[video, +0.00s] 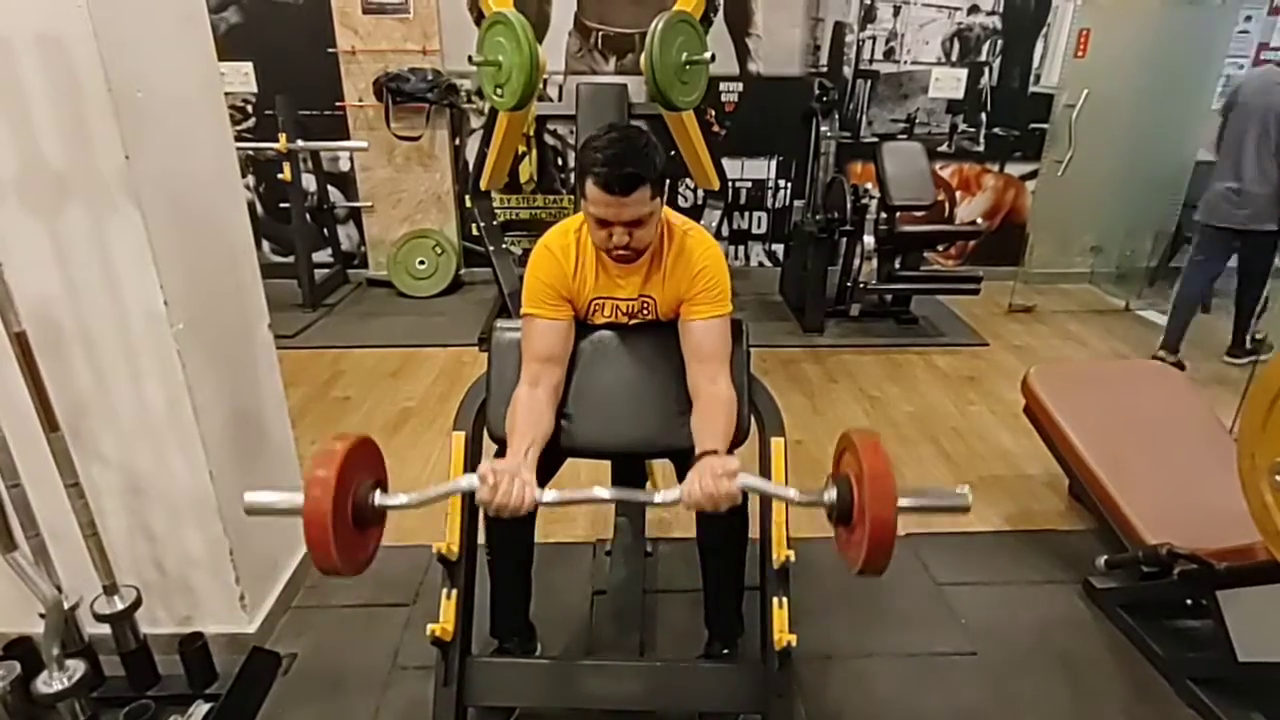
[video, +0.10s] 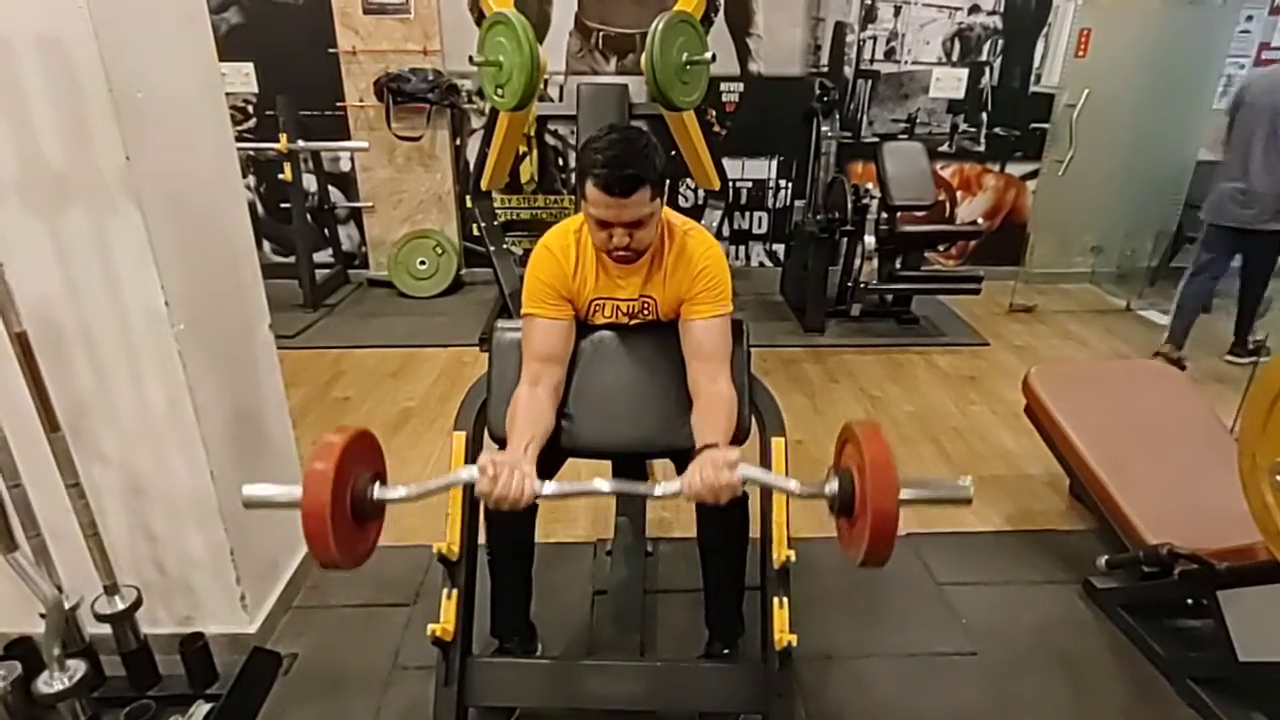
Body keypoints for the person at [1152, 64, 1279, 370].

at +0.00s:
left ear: (1273, 52)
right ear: (1279, 56)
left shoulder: (1246, 81)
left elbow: (1221, 140)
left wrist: (1235, 171)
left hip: (1223, 198)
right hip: (1267, 205)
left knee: (1200, 270)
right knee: (1253, 278)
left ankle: (1168, 347)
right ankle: (1239, 344)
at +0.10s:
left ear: (1275, 49)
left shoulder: (1252, 81)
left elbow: (1229, 139)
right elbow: (1230, 138)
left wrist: (1240, 174)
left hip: (1227, 199)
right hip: (1270, 208)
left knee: (1203, 272)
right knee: (1255, 281)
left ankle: (1172, 345)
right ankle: (1241, 343)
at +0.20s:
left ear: (1276, 52)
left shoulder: (1262, 81)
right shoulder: (1263, 83)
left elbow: (1246, 136)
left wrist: (1246, 175)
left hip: (1251, 192)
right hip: (1278, 202)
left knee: (1222, 262)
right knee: (1266, 276)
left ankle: (1198, 319)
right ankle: (1241, 345)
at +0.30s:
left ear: (1277, 52)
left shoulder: (1267, 82)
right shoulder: (1266, 83)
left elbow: (1250, 136)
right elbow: (1250, 137)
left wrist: (1246, 176)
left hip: (1252, 191)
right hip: (1277, 201)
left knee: (1226, 256)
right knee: (1266, 275)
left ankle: (1202, 317)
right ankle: (1240, 345)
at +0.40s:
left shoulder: (1273, 86)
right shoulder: (1270, 87)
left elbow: (1251, 144)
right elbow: (1251, 145)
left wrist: (1258, 180)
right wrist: (1259, 181)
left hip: (1258, 197)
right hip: (1276, 204)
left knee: (1237, 262)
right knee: (1269, 275)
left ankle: (1217, 330)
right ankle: (1239, 347)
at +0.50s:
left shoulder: (1274, 89)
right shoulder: (1272, 90)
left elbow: (1253, 144)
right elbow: (1254, 146)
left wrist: (1260, 181)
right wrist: (1260, 181)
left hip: (1259, 198)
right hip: (1276, 204)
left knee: (1241, 267)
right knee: (1269, 277)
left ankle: (1223, 329)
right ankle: (1240, 348)